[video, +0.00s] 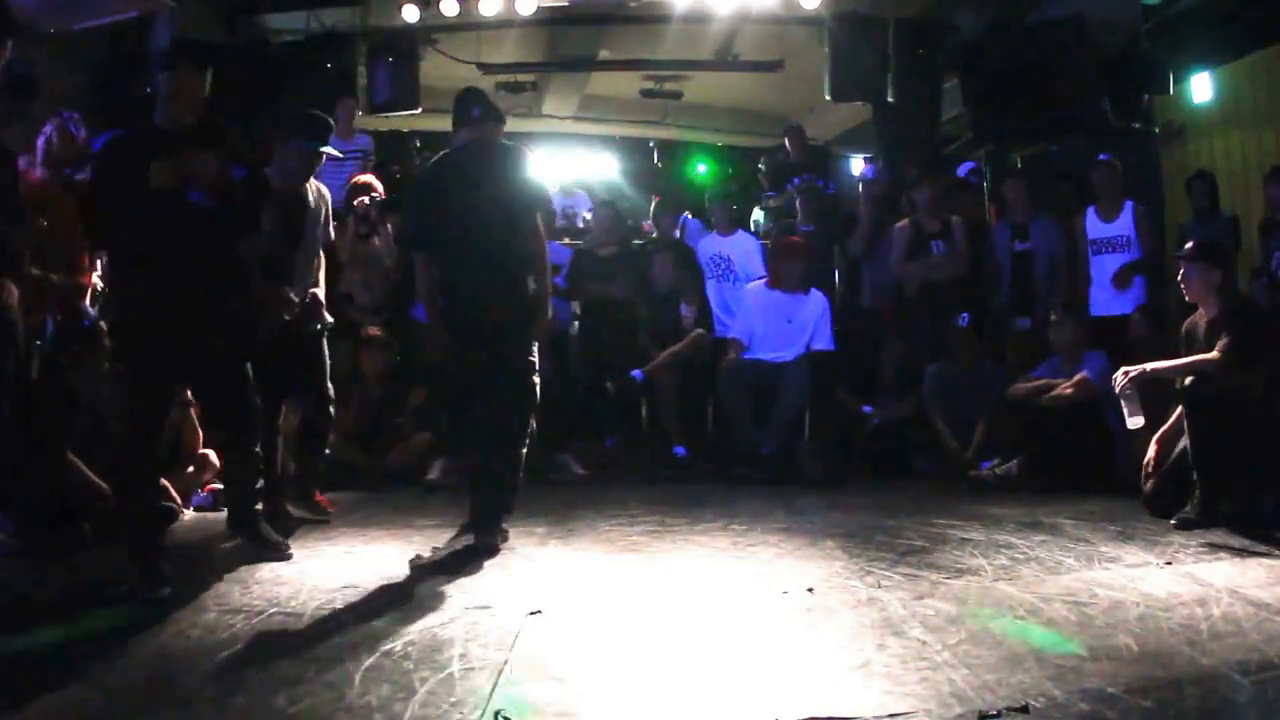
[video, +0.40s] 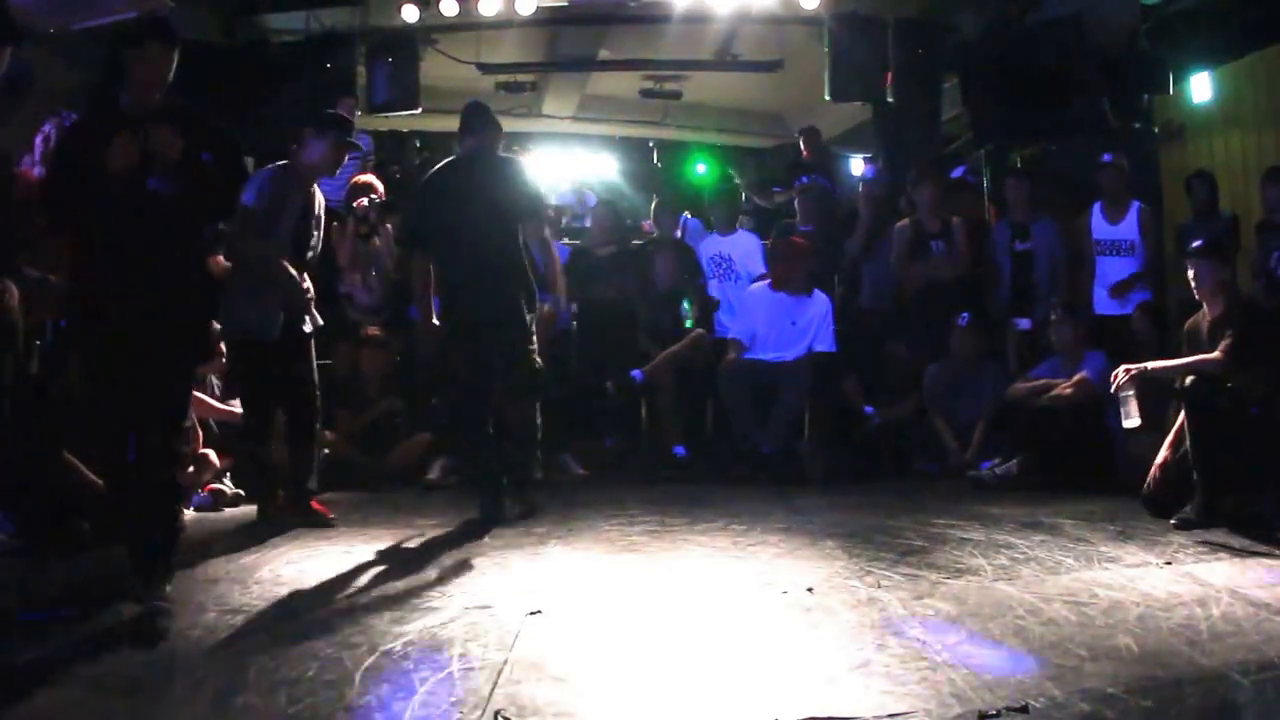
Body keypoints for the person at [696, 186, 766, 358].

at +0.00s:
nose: (717, 214)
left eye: (721, 208)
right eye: (713, 209)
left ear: (731, 210)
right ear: (709, 212)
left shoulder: (749, 243)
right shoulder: (703, 246)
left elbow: (760, 286)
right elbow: (702, 284)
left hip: (749, 326)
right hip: (719, 327)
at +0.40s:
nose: (719, 213)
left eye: (724, 207)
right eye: (715, 207)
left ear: (735, 210)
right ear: (710, 211)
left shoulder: (750, 242)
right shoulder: (704, 247)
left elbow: (762, 282)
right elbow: (706, 285)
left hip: (750, 322)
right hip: (720, 323)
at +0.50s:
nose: (717, 215)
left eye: (722, 209)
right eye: (713, 210)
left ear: (734, 210)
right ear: (709, 212)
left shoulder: (750, 241)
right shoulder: (705, 246)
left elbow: (762, 281)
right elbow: (700, 282)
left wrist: (742, 307)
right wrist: (711, 298)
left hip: (749, 317)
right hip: (718, 321)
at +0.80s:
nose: (723, 213)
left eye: (727, 208)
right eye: (719, 208)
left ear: (735, 208)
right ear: (711, 212)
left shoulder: (753, 242)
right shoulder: (705, 247)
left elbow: (763, 276)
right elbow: (699, 283)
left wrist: (739, 287)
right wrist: (721, 290)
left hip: (754, 323)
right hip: (722, 326)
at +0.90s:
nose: (721, 214)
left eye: (726, 208)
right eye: (716, 209)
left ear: (736, 209)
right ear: (711, 211)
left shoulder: (753, 242)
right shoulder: (706, 247)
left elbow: (766, 278)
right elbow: (695, 284)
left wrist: (728, 275)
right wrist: (720, 293)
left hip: (753, 324)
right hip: (721, 326)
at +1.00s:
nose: (720, 213)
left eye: (725, 207)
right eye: (715, 207)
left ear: (735, 208)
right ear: (710, 210)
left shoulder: (754, 242)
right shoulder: (706, 248)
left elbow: (761, 279)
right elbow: (697, 283)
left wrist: (728, 259)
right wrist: (719, 293)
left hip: (756, 322)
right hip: (723, 325)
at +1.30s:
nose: (730, 216)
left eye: (734, 211)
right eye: (725, 211)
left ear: (741, 212)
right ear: (718, 214)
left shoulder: (754, 239)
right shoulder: (706, 249)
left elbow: (758, 268)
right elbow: (698, 284)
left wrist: (731, 240)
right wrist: (719, 290)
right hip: (724, 326)